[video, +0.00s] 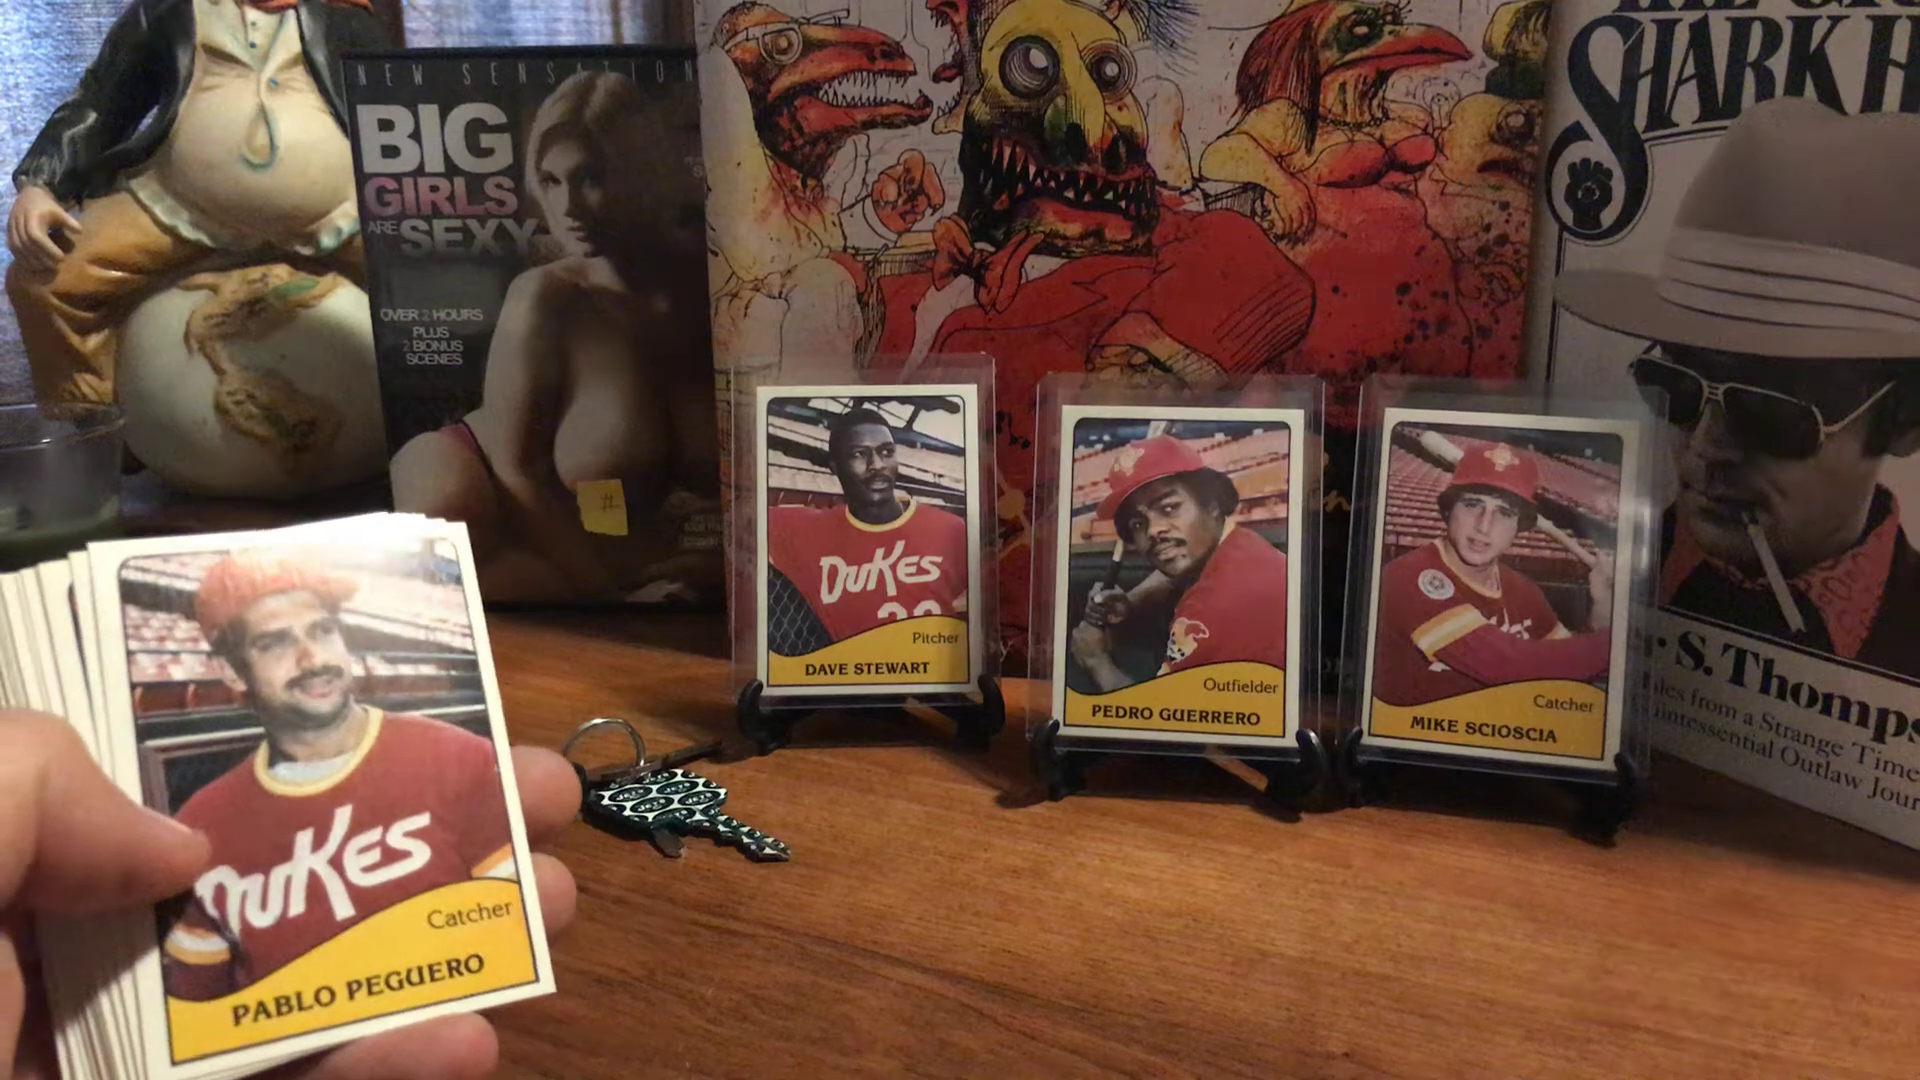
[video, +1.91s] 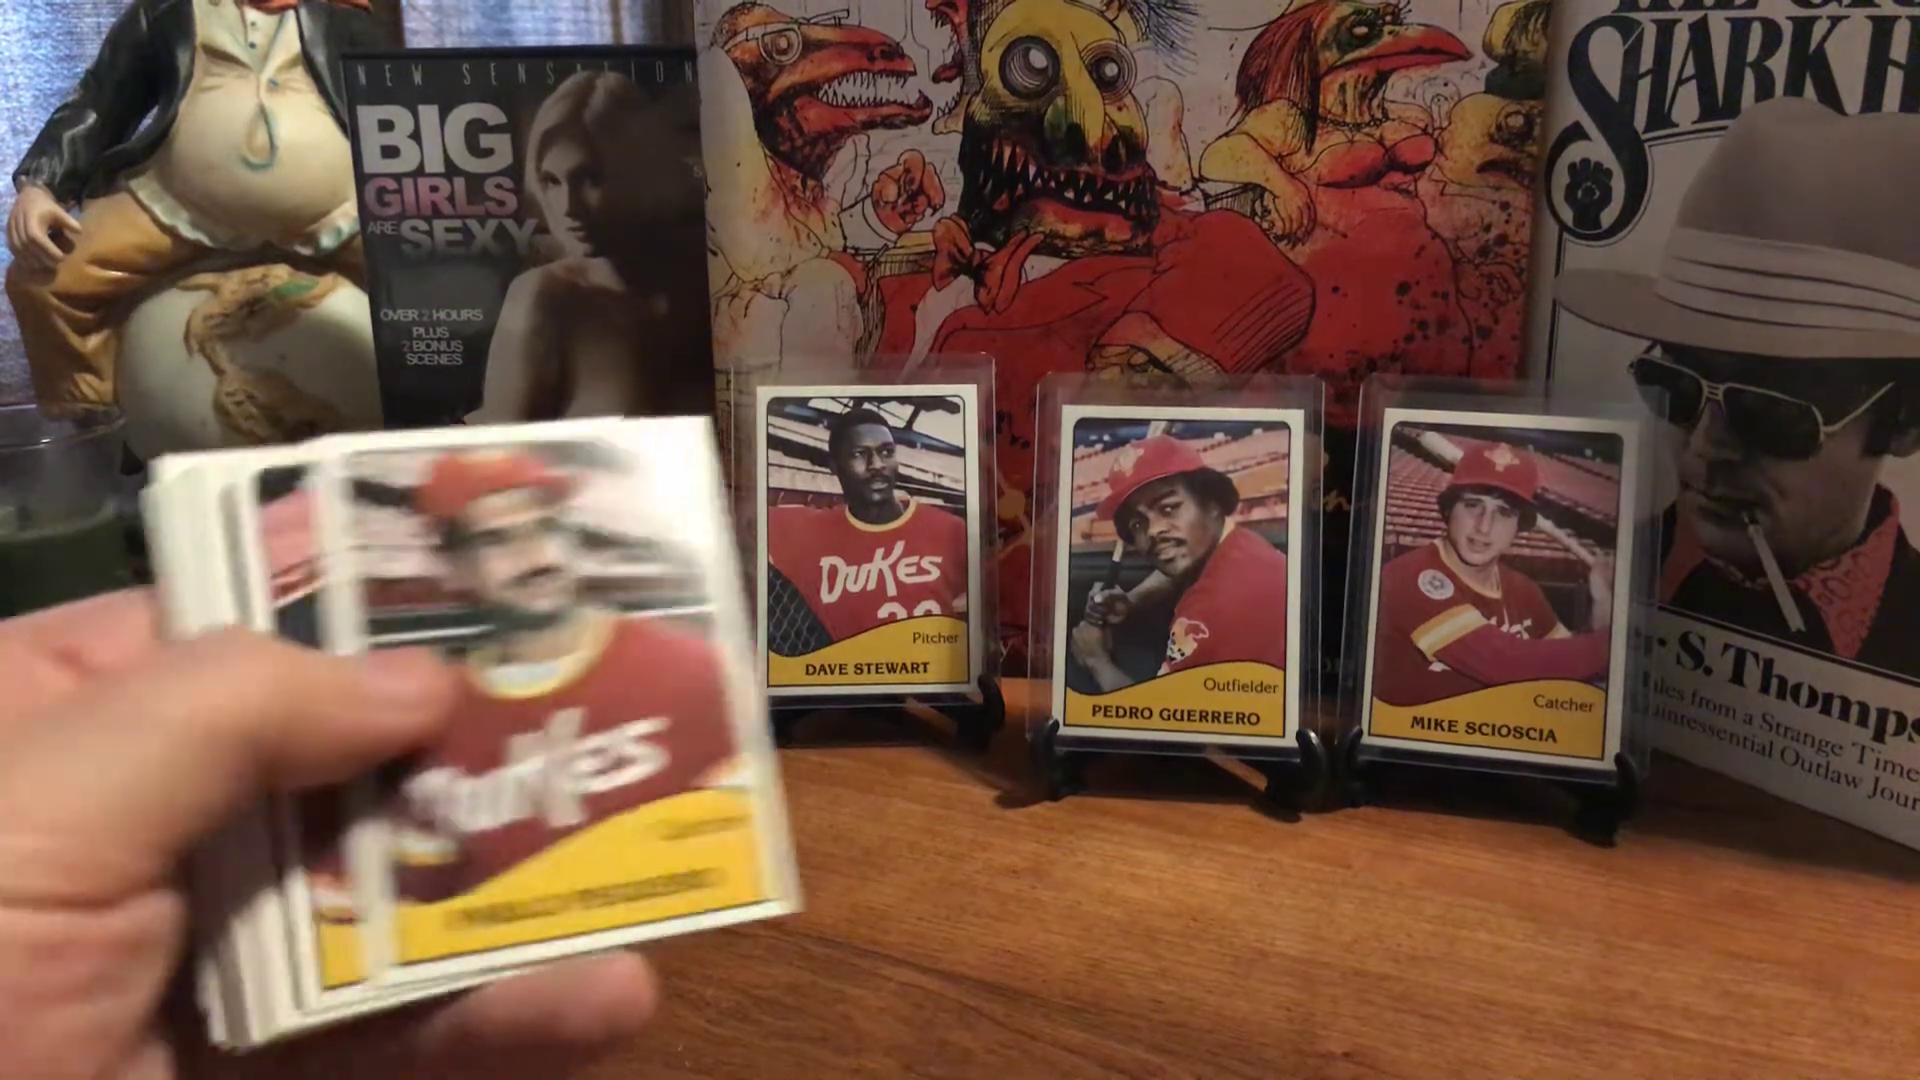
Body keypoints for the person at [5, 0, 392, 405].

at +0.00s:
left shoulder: (352, 21)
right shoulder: (167, 12)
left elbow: (403, 115)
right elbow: (100, 101)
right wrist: (36, 182)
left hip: (341, 210)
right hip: (180, 205)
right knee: (44, 280)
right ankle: (100, 450)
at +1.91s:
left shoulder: (348, 19)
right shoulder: (164, 13)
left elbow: (399, 107)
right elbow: (99, 101)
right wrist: (36, 183)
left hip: (341, 211)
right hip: (178, 208)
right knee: (42, 280)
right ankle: (105, 444)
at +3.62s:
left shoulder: (343, 17)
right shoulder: (158, 10)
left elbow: (397, 102)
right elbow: (93, 99)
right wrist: (29, 180)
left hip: (334, 211)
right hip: (173, 205)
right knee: (37, 278)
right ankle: (95, 443)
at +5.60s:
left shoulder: (346, 16)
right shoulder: (161, 11)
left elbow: (399, 99)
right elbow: (92, 102)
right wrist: (31, 181)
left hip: (335, 210)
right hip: (173, 206)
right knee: (39, 279)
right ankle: (96, 444)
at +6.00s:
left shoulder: (350, 17)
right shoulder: (160, 13)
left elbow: (399, 98)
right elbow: (93, 103)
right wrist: (31, 182)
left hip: (337, 210)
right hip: (175, 206)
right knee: (40, 281)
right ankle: (96, 453)